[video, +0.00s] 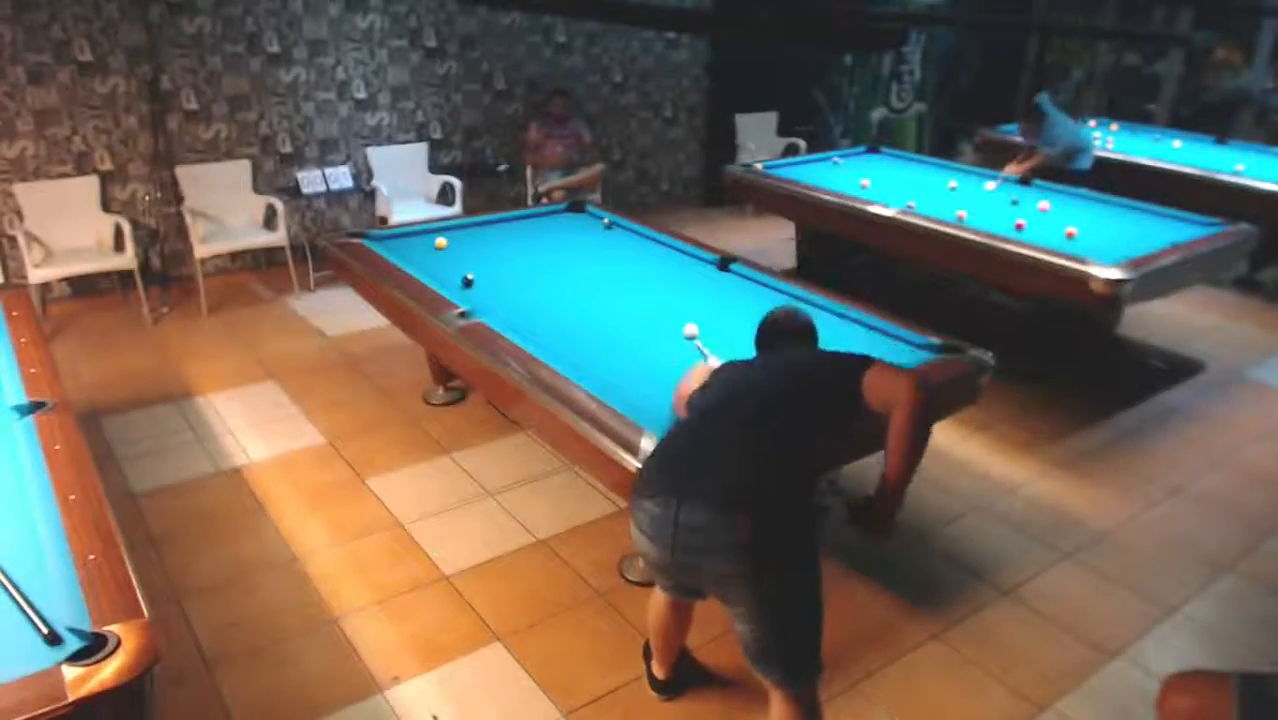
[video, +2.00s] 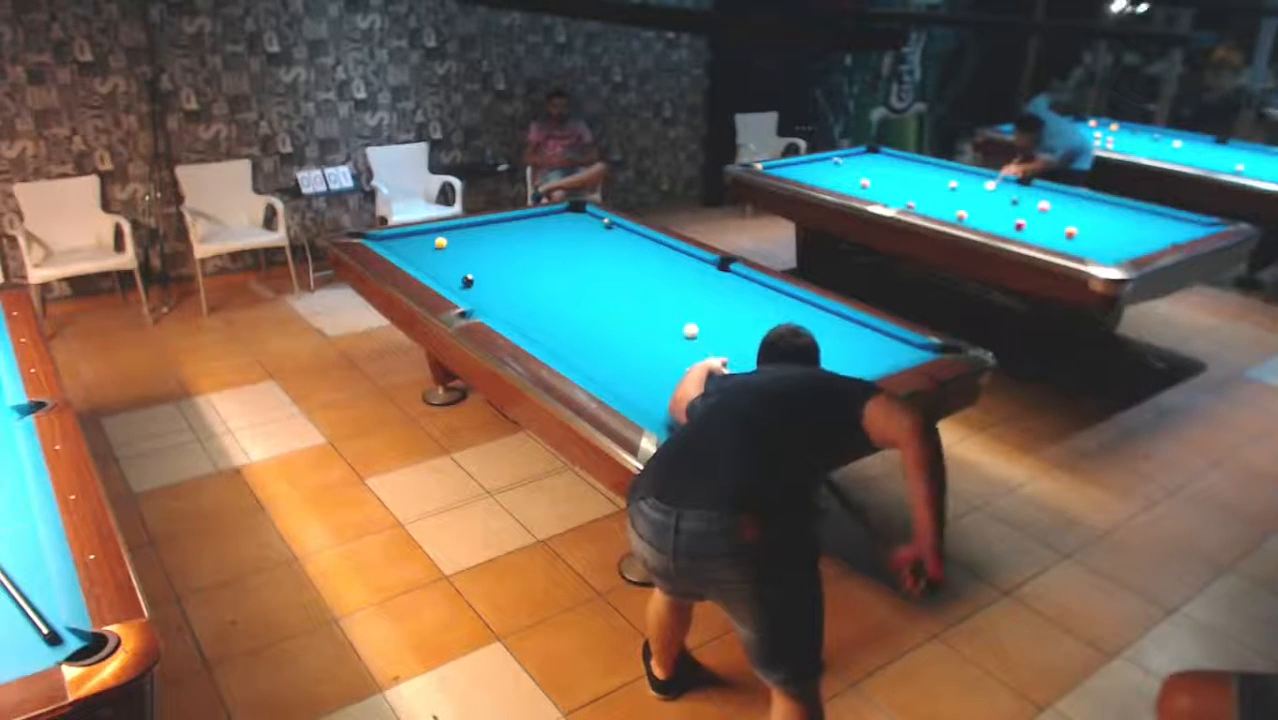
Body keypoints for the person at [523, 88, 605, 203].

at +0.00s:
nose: (559, 111)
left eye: (563, 106)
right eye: (555, 106)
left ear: (569, 107)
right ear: (548, 107)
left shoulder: (577, 125)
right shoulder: (538, 126)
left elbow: (589, 148)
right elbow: (529, 156)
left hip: (573, 168)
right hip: (547, 170)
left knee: (599, 168)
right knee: (558, 195)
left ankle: (548, 189)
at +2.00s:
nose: (559, 110)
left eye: (563, 106)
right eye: (555, 106)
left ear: (568, 108)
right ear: (548, 108)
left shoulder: (578, 126)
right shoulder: (538, 127)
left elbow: (593, 155)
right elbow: (529, 157)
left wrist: (572, 161)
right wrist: (555, 162)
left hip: (576, 168)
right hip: (550, 170)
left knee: (601, 168)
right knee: (558, 196)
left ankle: (549, 187)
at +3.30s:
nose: (559, 110)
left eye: (563, 106)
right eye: (555, 106)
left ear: (568, 107)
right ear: (548, 108)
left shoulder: (578, 126)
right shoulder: (538, 127)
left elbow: (592, 154)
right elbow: (529, 156)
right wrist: (555, 161)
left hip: (576, 166)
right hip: (549, 170)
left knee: (600, 169)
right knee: (559, 196)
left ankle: (551, 186)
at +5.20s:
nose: (563, 110)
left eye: (566, 106)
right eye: (559, 106)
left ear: (571, 107)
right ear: (551, 108)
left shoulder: (579, 125)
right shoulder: (539, 126)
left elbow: (592, 154)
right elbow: (528, 156)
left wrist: (569, 160)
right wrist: (553, 162)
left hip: (576, 167)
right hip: (549, 171)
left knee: (601, 168)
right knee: (558, 196)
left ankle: (550, 187)